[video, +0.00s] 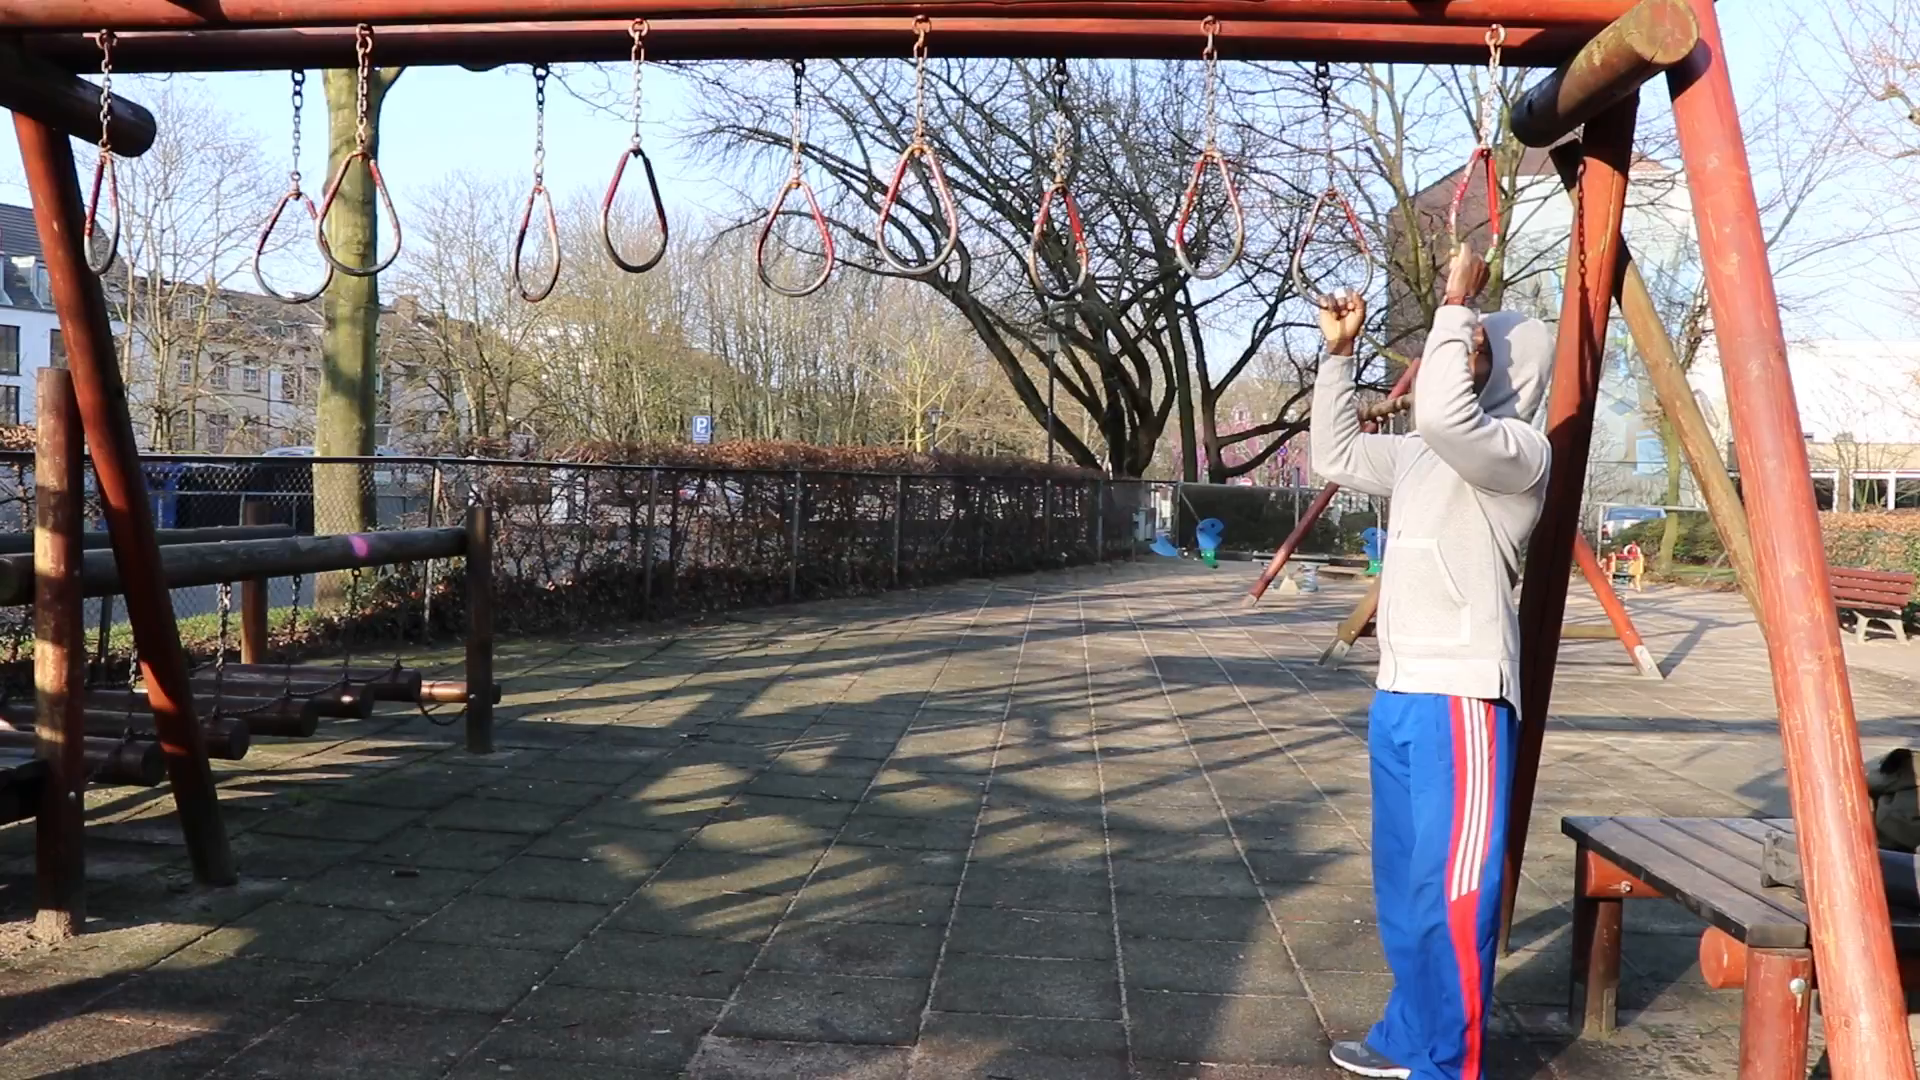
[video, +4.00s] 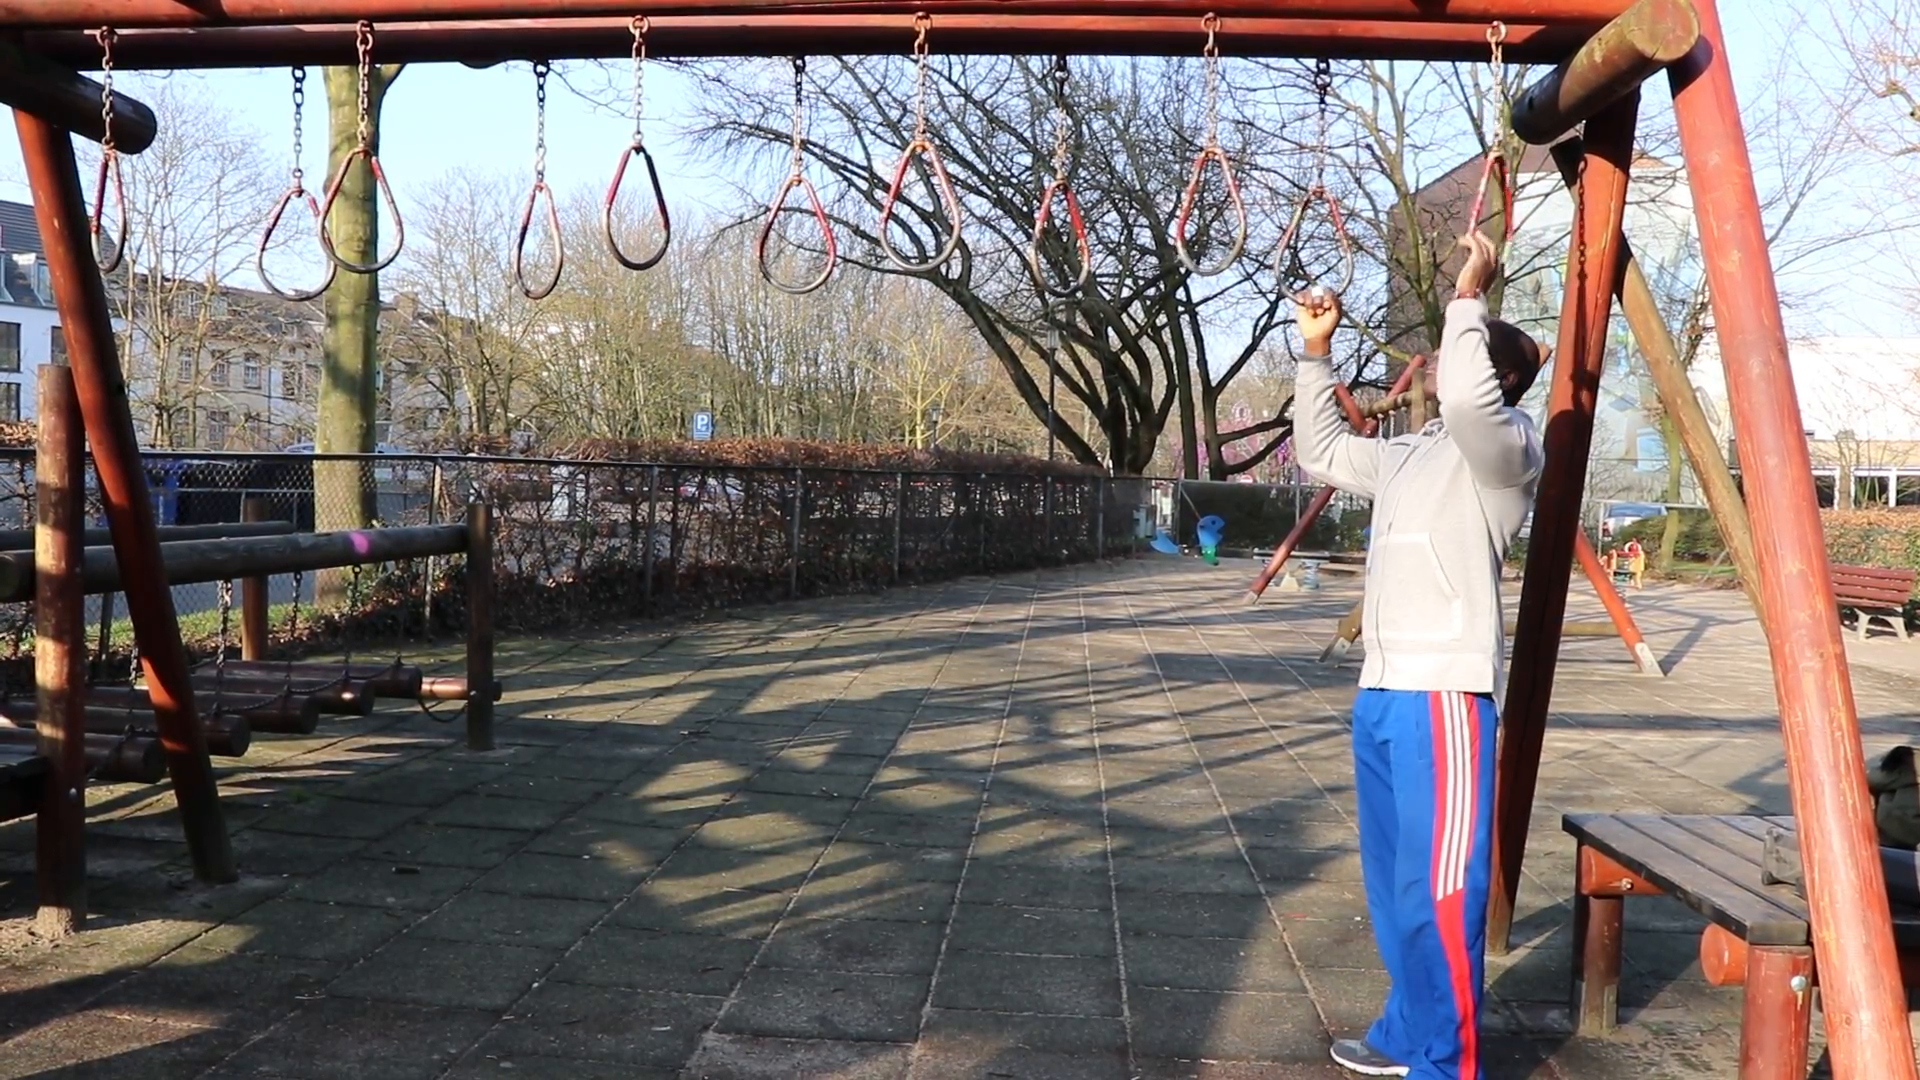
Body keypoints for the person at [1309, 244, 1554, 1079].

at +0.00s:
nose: (1429, 364)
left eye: (1453, 351)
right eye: (1433, 350)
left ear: (1498, 371)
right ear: (1463, 374)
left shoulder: (1524, 453)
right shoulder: (1418, 452)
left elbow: (1445, 417)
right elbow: (1335, 453)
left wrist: (1454, 312)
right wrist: (1338, 351)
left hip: (1466, 698)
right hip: (1402, 696)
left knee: (1456, 887)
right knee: (1406, 883)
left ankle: (1450, 1060)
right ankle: (1409, 1038)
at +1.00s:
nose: (1435, 368)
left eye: (1469, 356)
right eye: (1442, 356)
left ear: (1506, 376)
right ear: (1492, 379)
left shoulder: (1525, 458)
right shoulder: (1427, 454)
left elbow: (1447, 422)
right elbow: (1341, 449)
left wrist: (1456, 310)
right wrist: (1342, 354)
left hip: (1456, 700)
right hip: (1396, 697)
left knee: (1444, 890)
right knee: (1399, 884)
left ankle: (1445, 1061)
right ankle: (1408, 1036)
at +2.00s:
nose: (1421, 364)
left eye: (1453, 345)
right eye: (1426, 350)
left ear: (1488, 366)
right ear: (1442, 373)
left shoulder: (1514, 445)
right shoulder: (1420, 452)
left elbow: (1440, 415)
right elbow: (1338, 451)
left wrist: (1436, 308)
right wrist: (1325, 354)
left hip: (1467, 693)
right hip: (1412, 692)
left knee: (1453, 883)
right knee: (1411, 877)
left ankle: (1450, 1056)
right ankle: (1410, 1032)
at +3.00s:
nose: (1401, 372)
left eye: (1416, 360)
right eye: (1406, 360)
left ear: (1461, 371)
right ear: (1420, 371)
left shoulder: (1506, 447)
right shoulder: (1406, 448)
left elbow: (1439, 405)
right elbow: (1330, 452)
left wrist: (1480, 329)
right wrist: (1318, 351)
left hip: (1445, 695)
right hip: (1388, 691)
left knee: (1439, 888)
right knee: (1395, 883)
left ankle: (1447, 1059)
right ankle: (1406, 1035)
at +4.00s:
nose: (1437, 367)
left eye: (1463, 356)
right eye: (1442, 353)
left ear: (1499, 379)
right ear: (1443, 371)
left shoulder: (1505, 450)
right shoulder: (1402, 452)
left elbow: (1465, 396)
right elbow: (1322, 447)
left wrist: (1467, 296)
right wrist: (1315, 349)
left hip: (1448, 692)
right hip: (1383, 691)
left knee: (1443, 883)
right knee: (1394, 879)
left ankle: (1448, 1057)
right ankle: (1407, 1034)